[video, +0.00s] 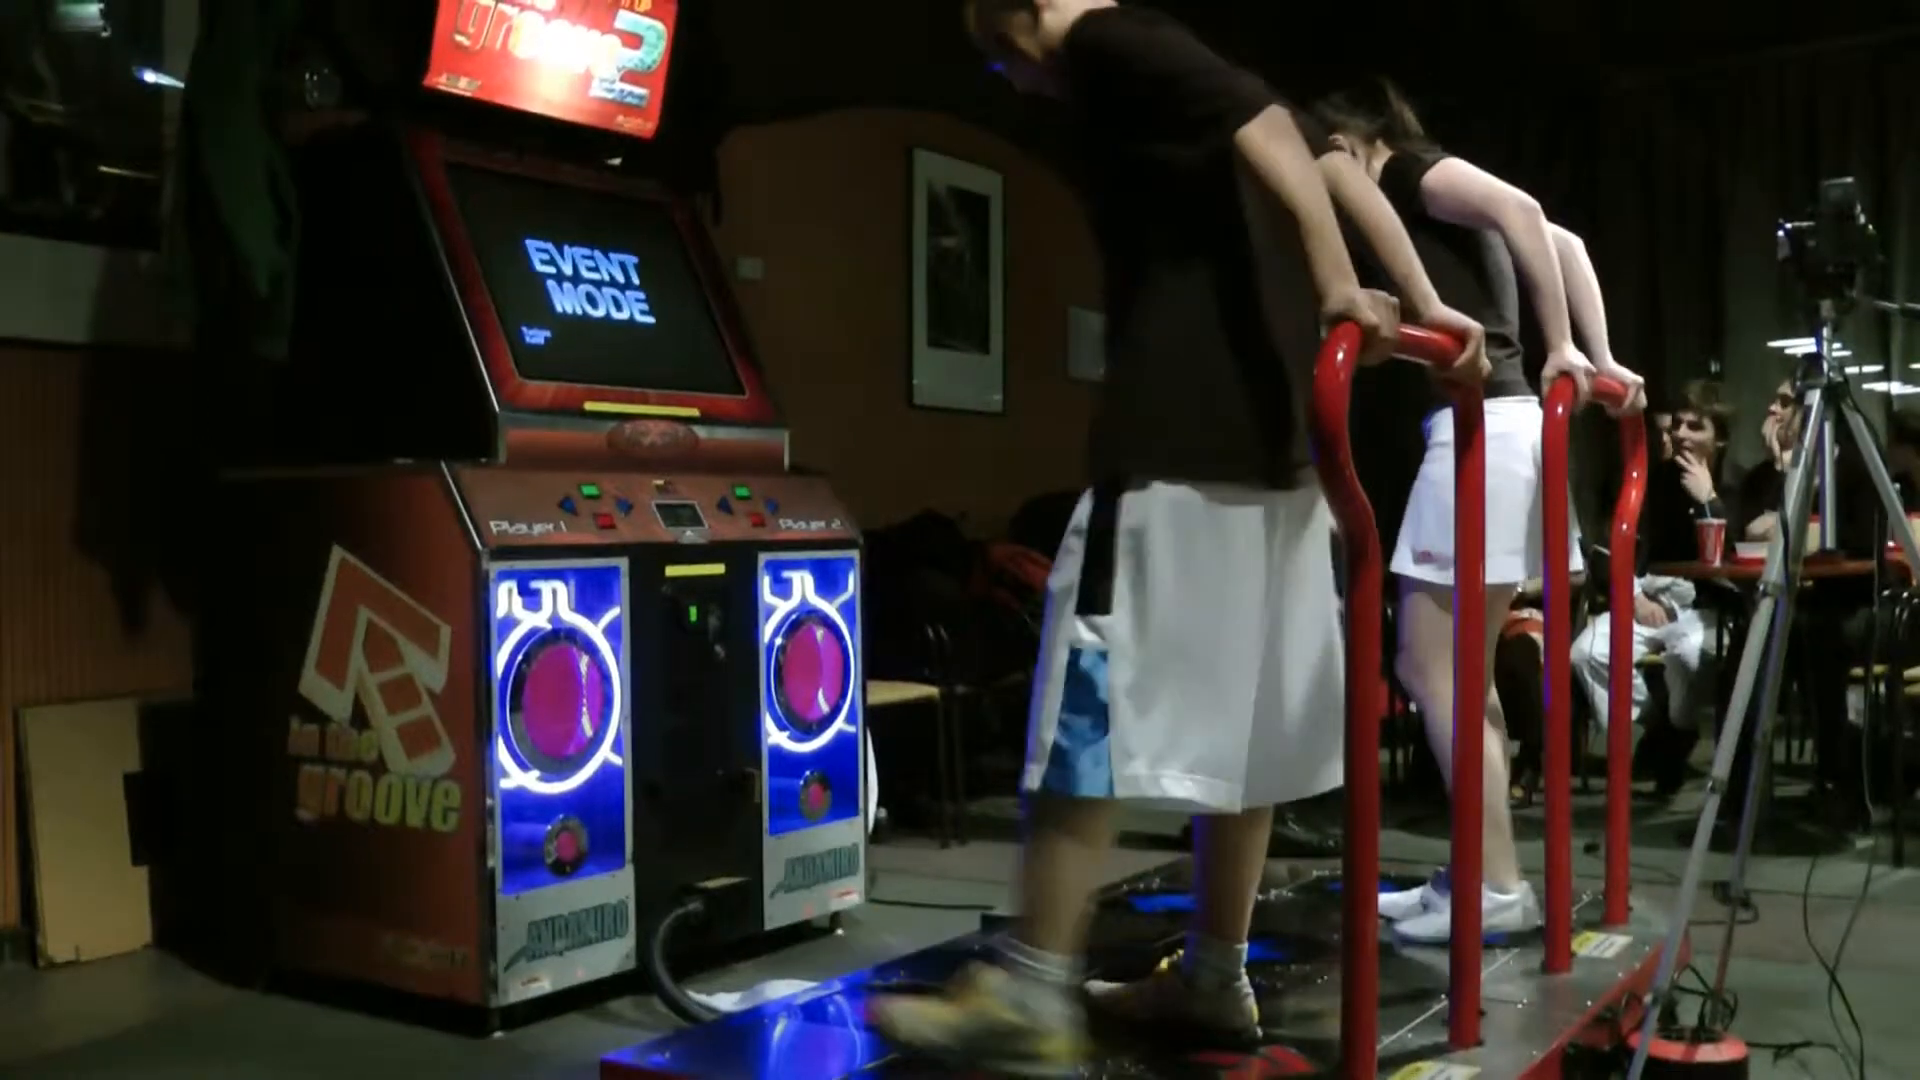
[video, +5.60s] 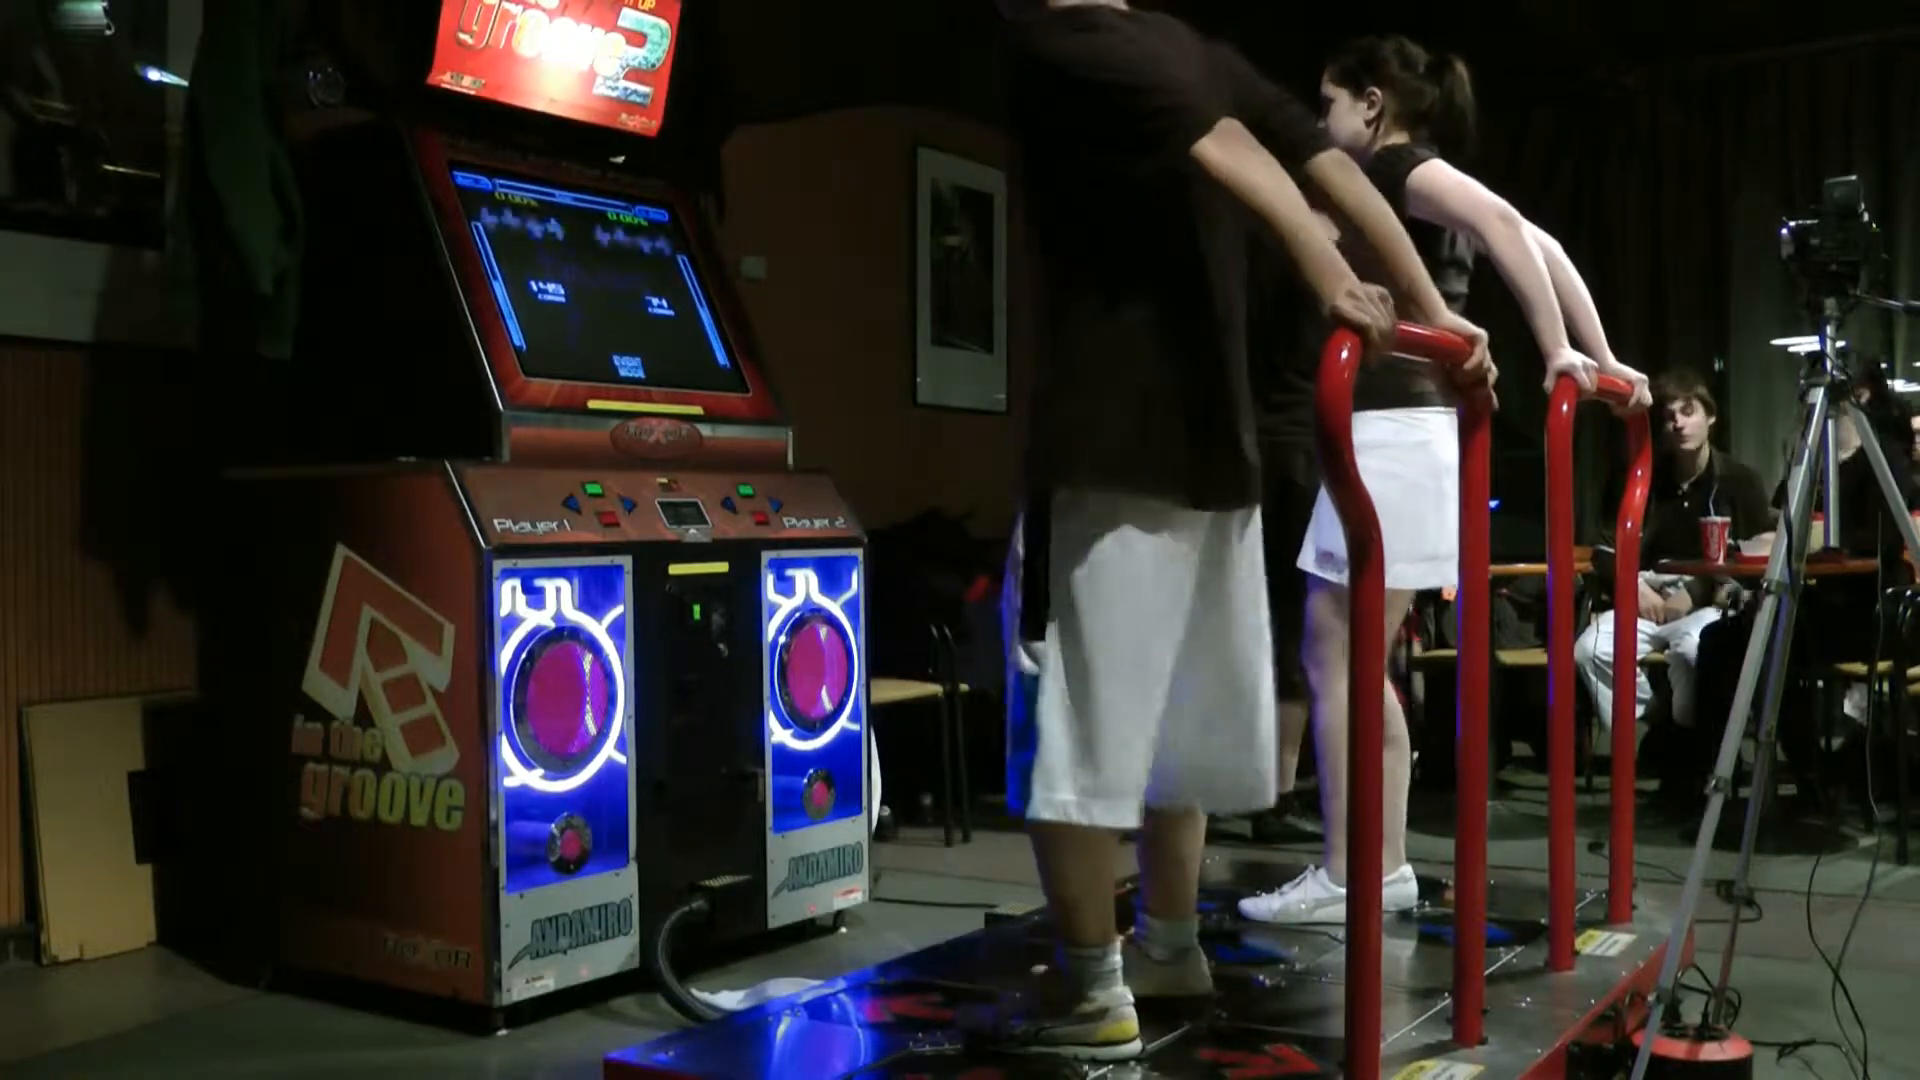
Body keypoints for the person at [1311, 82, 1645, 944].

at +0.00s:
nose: (1335, 170)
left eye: (1335, 155)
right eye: (1331, 158)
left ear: (1364, 141)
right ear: (1393, 132)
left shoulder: (1417, 173)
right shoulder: (1440, 181)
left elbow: (1522, 214)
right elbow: (1562, 240)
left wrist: (1561, 348)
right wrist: (1604, 354)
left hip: (1481, 434)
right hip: (1509, 435)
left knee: (1435, 665)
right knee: (1448, 666)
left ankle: (1493, 885)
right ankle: (1485, 875)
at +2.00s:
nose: (1307, 123)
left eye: (1318, 106)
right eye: (1310, 106)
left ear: (1364, 109)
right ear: (1389, 114)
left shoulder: (1373, 178)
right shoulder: (1434, 179)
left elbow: (1473, 235)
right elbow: (1552, 235)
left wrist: (1552, 351)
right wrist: (1603, 352)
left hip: (1385, 446)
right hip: (1441, 445)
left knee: (1321, 663)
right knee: (1396, 675)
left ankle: (1366, 868)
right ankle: (1402, 872)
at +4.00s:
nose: (1311, 163)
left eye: (1319, 142)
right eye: (1305, 148)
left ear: (1372, 127)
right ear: (1369, 136)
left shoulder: (1419, 176)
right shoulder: (1409, 198)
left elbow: (1524, 227)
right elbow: (1559, 255)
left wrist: (1560, 352)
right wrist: (1603, 358)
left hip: (1436, 450)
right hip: (1447, 449)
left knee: (1369, 659)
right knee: (1409, 670)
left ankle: (1350, 870)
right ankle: (1408, 866)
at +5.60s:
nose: (1323, 120)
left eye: (1332, 104)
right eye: (1324, 105)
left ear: (1375, 104)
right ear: (1397, 110)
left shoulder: (1390, 167)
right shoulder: (1418, 175)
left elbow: (1506, 229)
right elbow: (1549, 252)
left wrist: (1557, 351)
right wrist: (1605, 359)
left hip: (1386, 439)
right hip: (1409, 440)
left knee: (1332, 653)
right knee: (1366, 664)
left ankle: (1342, 874)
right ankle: (1387, 871)